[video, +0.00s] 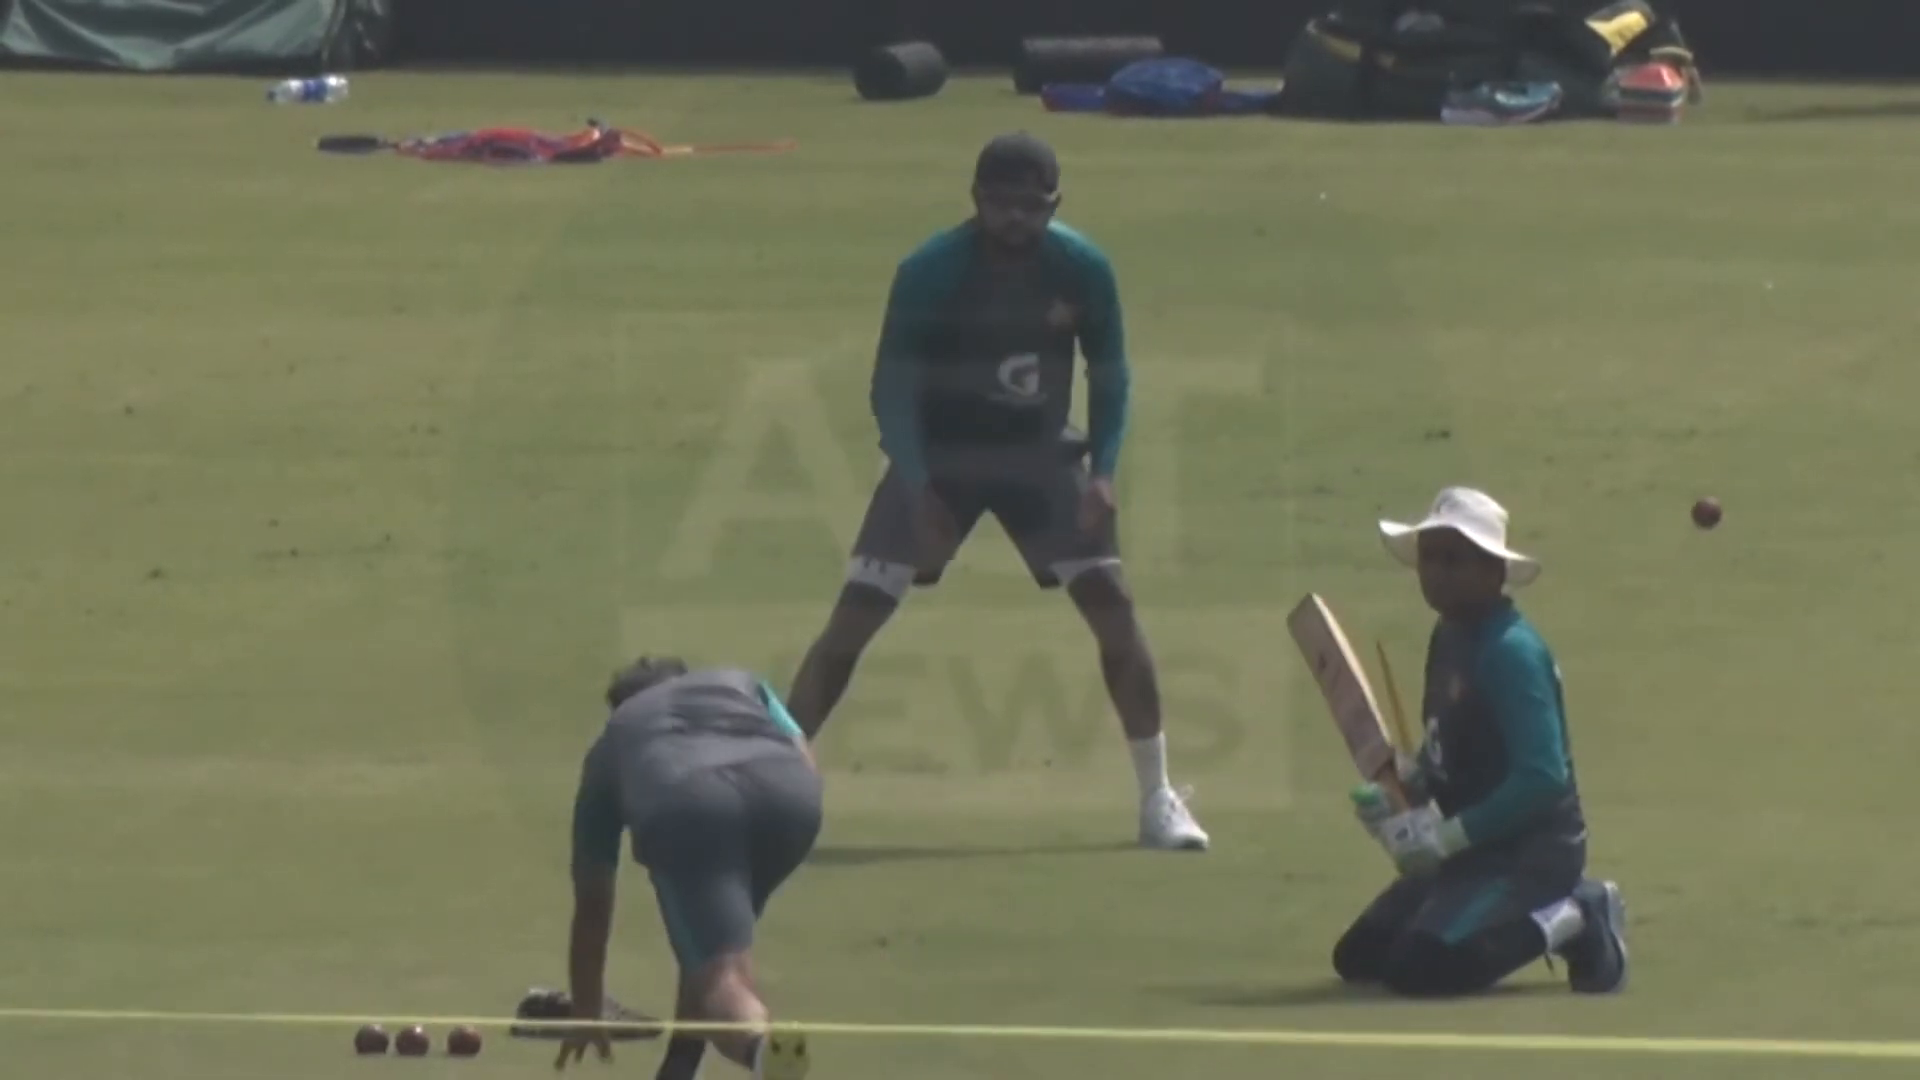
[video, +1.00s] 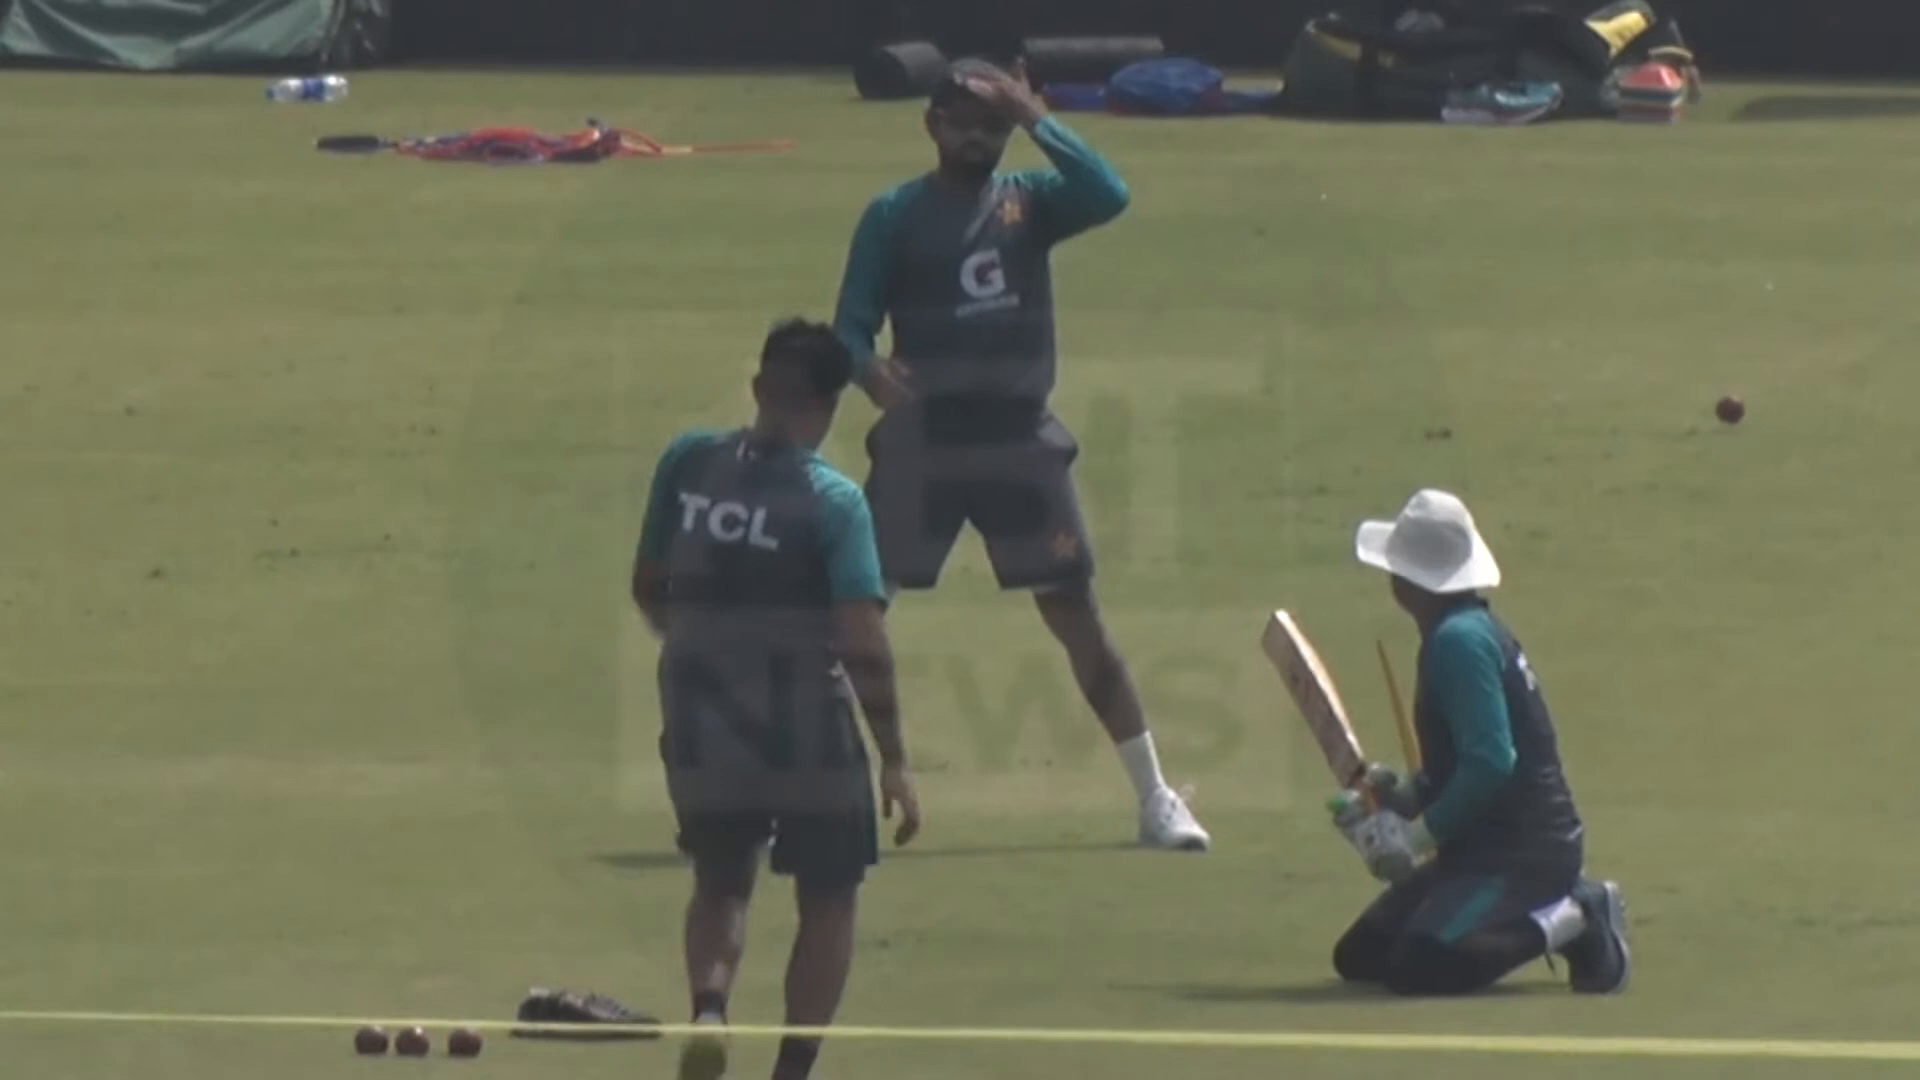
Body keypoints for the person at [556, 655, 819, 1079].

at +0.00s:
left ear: (623, 703)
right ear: (684, 678)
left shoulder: (611, 742)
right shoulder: (745, 683)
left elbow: (593, 905)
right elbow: (807, 766)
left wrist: (586, 1015)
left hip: (687, 807)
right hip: (790, 793)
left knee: (720, 980)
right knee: (707, 943)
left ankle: (767, 1048)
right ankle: (678, 1067)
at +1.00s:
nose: (766, 399)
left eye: (762, 386)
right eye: (820, 402)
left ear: (757, 388)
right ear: (832, 404)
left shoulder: (687, 463)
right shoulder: (836, 500)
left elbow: (649, 587)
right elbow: (863, 644)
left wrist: (704, 656)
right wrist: (895, 760)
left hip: (706, 734)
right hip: (810, 741)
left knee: (720, 883)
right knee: (828, 907)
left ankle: (707, 1014)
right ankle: (795, 1066)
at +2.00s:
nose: (870, 458)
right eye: (868, 447)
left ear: (787, 450)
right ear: (864, 448)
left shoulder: (729, 507)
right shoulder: (878, 508)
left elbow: (663, 617)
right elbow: (883, 626)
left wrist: (727, 678)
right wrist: (882, 715)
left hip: (708, 720)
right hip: (802, 715)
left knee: (767, 915)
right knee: (801, 924)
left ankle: (772, 1066)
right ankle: (774, 1068)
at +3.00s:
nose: (863, 652)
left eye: (861, 638)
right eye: (861, 639)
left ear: (786, 641)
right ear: (853, 643)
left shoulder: (760, 712)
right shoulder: (850, 718)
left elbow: (850, 787)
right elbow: (894, 820)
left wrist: (967, 772)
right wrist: (1006, 879)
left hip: (735, 954)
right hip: (822, 961)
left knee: (801, 1039)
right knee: (853, 1062)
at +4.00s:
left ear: (764, 685)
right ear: (845, 684)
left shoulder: (746, 744)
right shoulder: (908, 751)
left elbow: (714, 843)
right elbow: (950, 873)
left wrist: (737, 899)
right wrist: (887, 913)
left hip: (766, 961)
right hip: (875, 964)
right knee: (864, 1067)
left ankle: (775, 1074)